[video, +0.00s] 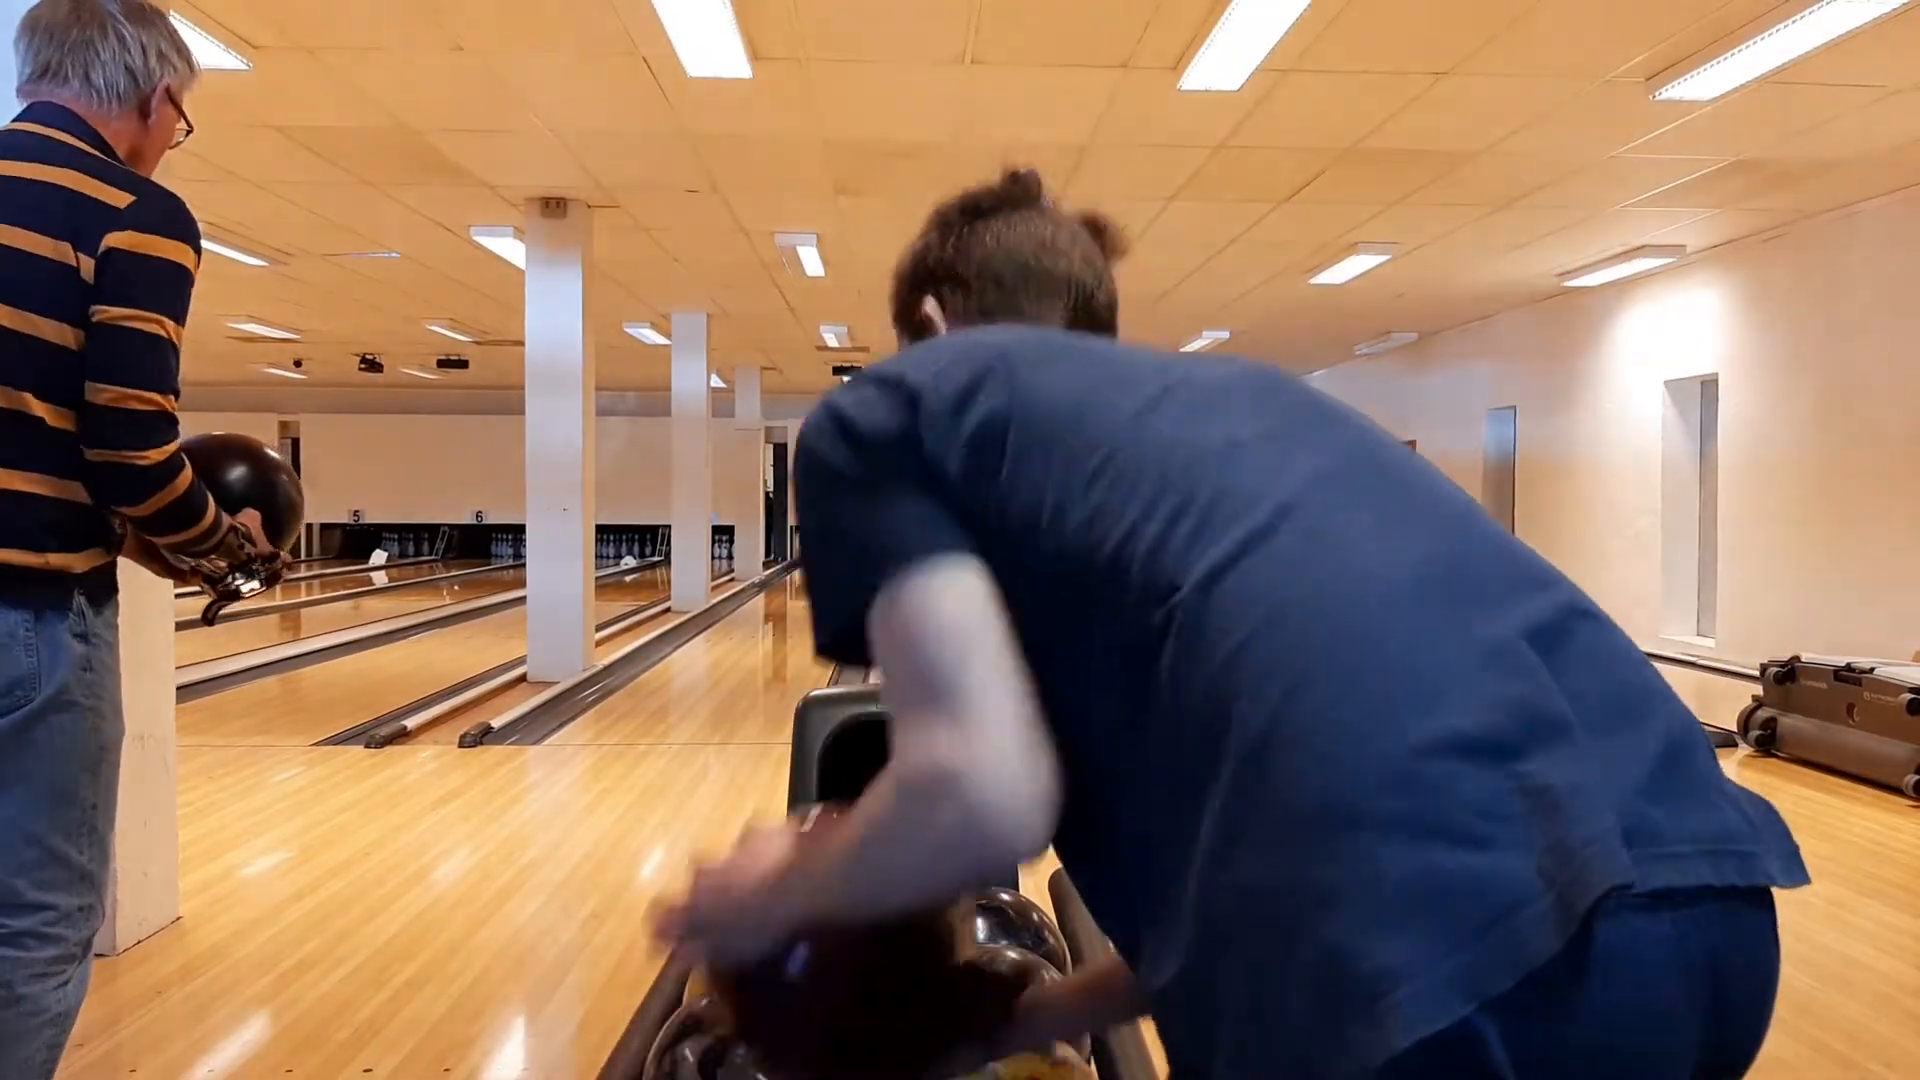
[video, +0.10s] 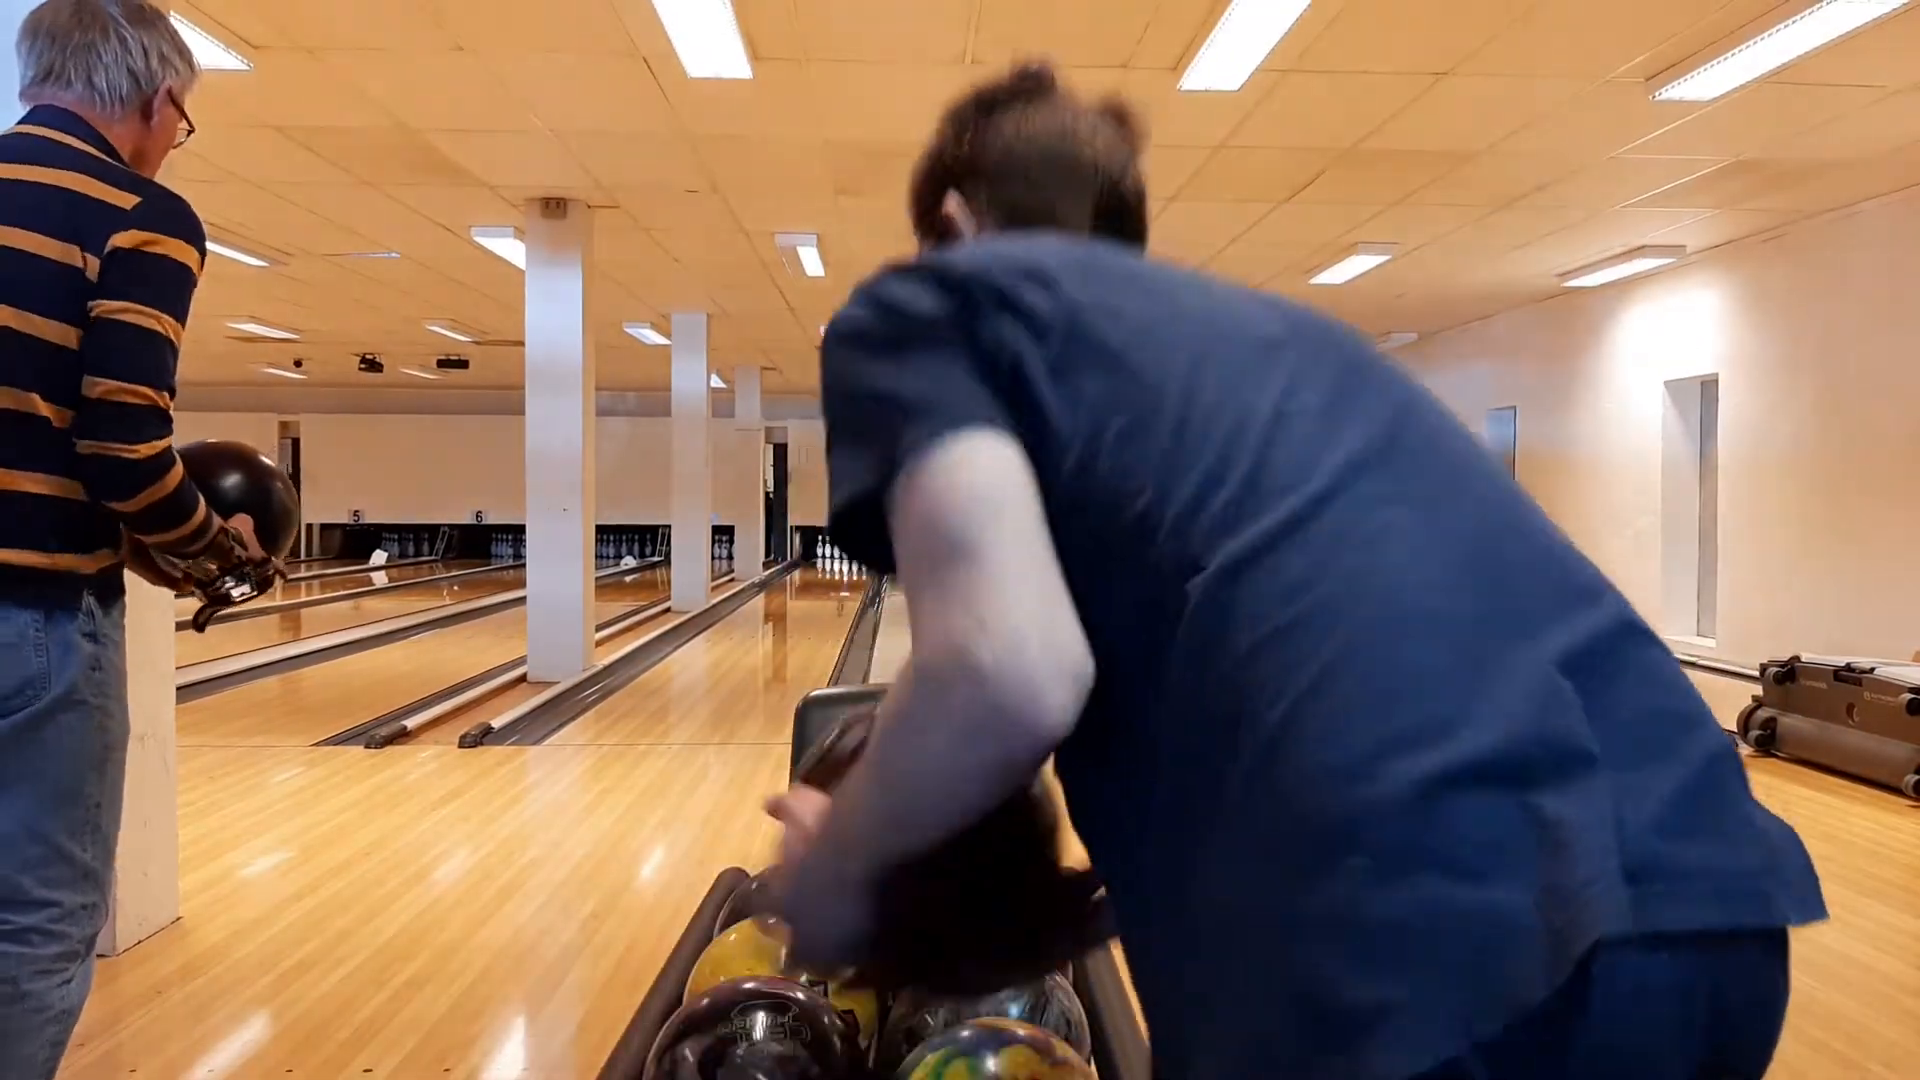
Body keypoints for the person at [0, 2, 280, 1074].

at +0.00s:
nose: (173, 145)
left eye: (179, 122)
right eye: (177, 117)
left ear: (39, 81)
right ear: (142, 97)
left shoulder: (4, 168)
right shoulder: (137, 209)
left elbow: (103, 432)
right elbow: (126, 444)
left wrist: (182, 518)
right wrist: (213, 548)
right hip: (36, 605)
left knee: (33, 921)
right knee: (38, 931)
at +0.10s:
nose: (172, 150)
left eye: (180, 127)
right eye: (179, 122)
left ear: (43, 84)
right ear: (146, 102)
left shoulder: (2, 171)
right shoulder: (143, 208)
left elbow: (85, 426)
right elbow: (120, 436)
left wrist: (160, 529)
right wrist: (202, 544)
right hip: (39, 606)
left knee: (32, 921)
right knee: (41, 932)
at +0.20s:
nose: (179, 150)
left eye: (185, 128)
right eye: (184, 123)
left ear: (48, 91)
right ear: (149, 106)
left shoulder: (2, 177)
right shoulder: (154, 214)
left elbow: (66, 423)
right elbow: (111, 435)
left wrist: (162, 524)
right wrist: (193, 542)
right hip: (45, 609)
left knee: (30, 920)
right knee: (42, 933)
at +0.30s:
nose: (186, 148)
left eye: (192, 126)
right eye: (189, 122)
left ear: (53, 95)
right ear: (154, 109)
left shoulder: (1, 180)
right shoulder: (162, 218)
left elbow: (65, 425)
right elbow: (109, 439)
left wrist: (169, 530)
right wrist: (195, 551)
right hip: (49, 610)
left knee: (28, 916)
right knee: (43, 928)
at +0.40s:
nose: (190, 144)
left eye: (195, 123)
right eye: (192, 120)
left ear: (58, 95)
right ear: (160, 109)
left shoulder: (2, 181)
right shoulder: (168, 220)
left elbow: (68, 419)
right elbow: (111, 435)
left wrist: (165, 534)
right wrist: (196, 553)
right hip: (51, 609)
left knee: (28, 912)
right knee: (43, 926)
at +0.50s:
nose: (192, 148)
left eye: (197, 125)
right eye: (193, 122)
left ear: (64, 99)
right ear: (158, 111)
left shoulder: (6, 184)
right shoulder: (167, 223)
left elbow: (61, 420)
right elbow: (121, 437)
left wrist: (161, 531)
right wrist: (201, 538)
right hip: (51, 609)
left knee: (27, 913)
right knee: (43, 927)